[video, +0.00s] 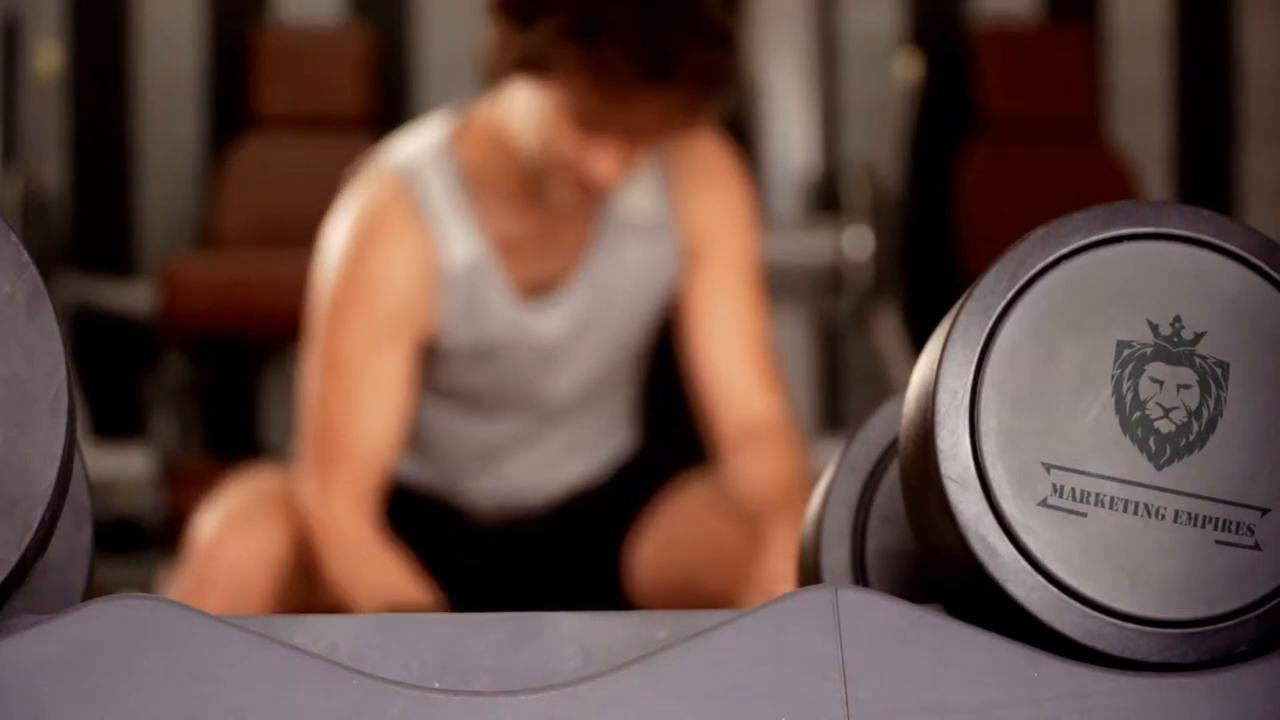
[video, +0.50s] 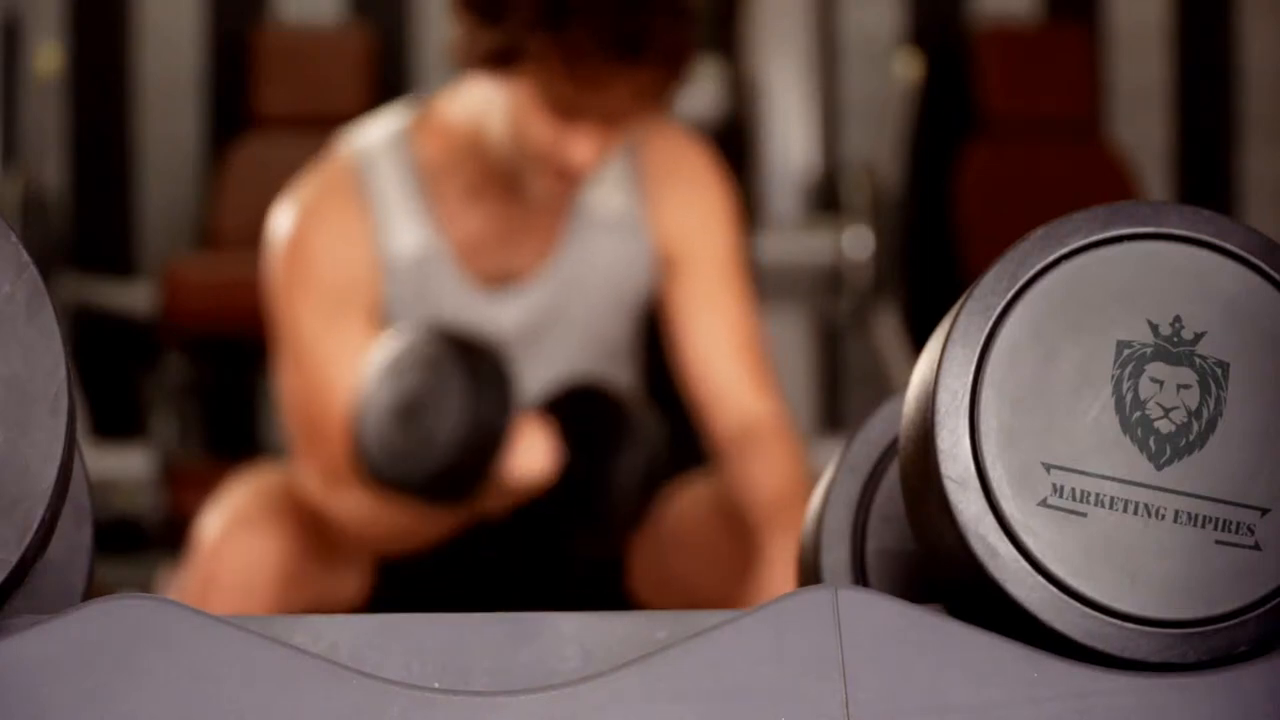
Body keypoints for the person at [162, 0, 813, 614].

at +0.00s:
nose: (611, 168)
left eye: (645, 137)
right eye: (591, 127)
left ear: (676, 110)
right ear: (524, 67)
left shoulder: (696, 170)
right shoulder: (393, 210)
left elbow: (753, 428)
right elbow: (337, 510)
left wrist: (790, 570)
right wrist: (457, 668)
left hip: (601, 521)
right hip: (418, 529)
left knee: (792, 540)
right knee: (241, 526)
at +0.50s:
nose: (588, 153)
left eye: (618, 121)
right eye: (566, 112)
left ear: (652, 93)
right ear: (500, 58)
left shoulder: (670, 170)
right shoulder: (333, 208)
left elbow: (748, 421)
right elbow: (342, 500)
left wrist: (788, 576)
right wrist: (497, 479)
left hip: (598, 525)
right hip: (403, 534)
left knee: (782, 531)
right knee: (248, 534)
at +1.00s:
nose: (570, 156)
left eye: (602, 122)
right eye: (544, 116)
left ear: (633, 100)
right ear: (473, 71)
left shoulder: (661, 172)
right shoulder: (312, 221)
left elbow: (748, 426)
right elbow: (354, 515)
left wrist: (786, 588)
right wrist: (503, 420)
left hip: (597, 523)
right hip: (401, 538)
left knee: (788, 542)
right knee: (249, 533)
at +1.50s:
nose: (582, 137)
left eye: (614, 105)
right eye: (558, 96)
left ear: (652, 82)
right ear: (495, 46)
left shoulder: (680, 166)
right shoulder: (346, 212)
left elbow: (750, 423)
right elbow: (349, 496)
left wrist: (778, 578)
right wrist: (577, 530)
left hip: (599, 542)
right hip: (412, 544)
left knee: (789, 517)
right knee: (243, 522)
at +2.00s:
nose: (588, 151)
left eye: (619, 120)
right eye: (562, 110)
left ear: (660, 99)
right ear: (500, 59)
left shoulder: (691, 171)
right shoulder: (378, 227)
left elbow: (750, 427)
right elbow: (351, 528)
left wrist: (768, 577)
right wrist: (390, 708)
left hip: (600, 524)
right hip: (417, 532)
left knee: (781, 533)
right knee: (244, 535)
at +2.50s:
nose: (587, 172)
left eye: (621, 139)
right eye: (563, 127)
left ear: (665, 124)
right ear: (506, 87)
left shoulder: (690, 178)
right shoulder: (381, 238)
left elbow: (742, 435)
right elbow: (344, 537)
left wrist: (741, 572)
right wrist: (351, 712)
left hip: (591, 527)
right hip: (408, 535)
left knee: (764, 540)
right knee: (233, 531)